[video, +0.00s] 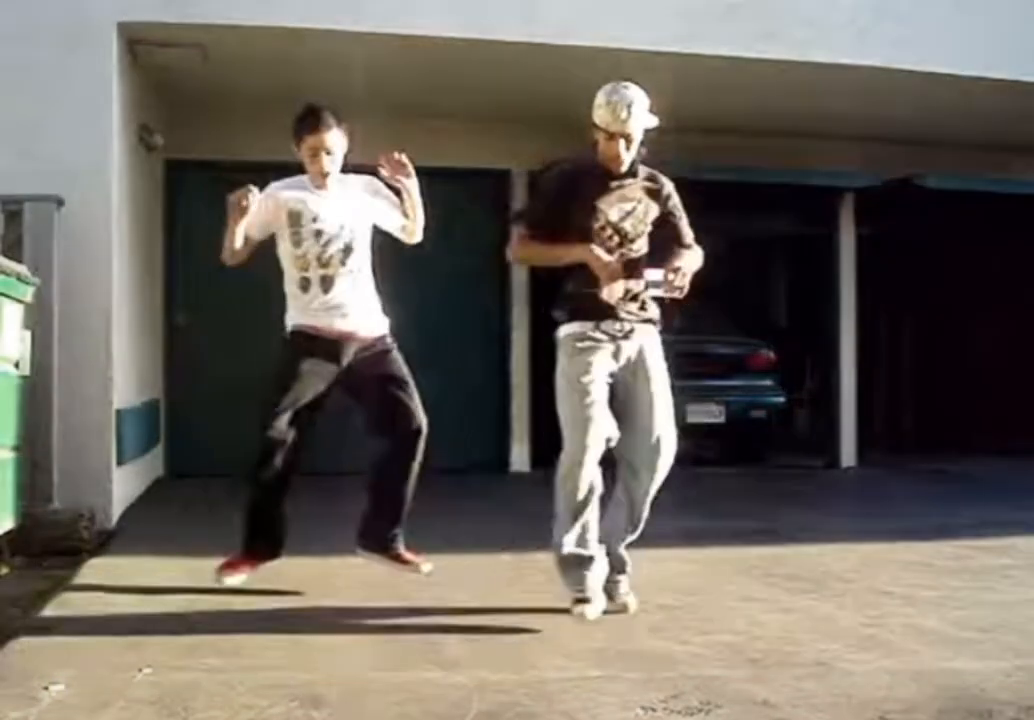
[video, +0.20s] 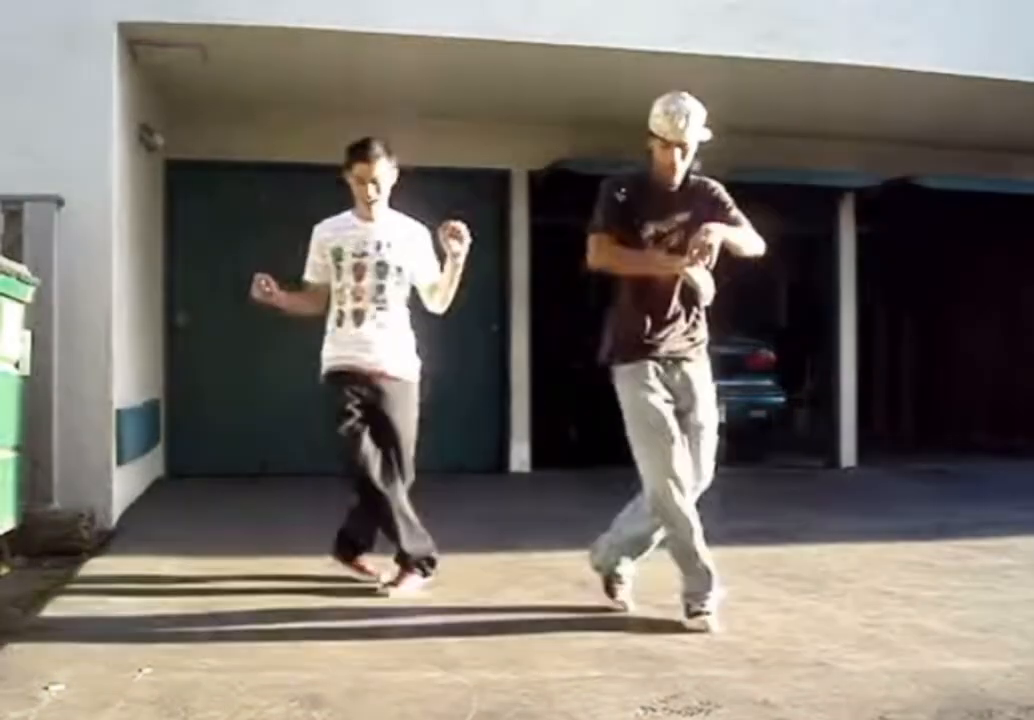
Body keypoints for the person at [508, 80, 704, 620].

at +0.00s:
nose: (621, 150)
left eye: (630, 139)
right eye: (611, 138)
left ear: (644, 135)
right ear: (595, 132)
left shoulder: (656, 187)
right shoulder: (562, 181)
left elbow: (689, 247)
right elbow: (519, 248)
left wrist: (684, 266)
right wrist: (584, 254)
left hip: (642, 333)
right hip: (584, 334)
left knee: (655, 445)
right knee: (586, 445)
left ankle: (614, 554)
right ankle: (581, 574)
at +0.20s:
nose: (674, 157)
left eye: (684, 147)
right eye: (666, 146)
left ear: (697, 144)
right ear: (651, 139)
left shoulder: (707, 193)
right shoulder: (621, 192)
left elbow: (754, 245)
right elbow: (599, 254)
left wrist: (721, 234)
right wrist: (670, 265)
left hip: (691, 352)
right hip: (636, 354)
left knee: (695, 474)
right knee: (667, 474)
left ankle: (613, 551)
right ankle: (700, 589)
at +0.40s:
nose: (712, 152)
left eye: (722, 142)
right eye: (704, 140)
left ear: (736, 137)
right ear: (690, 132)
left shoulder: (749, 179)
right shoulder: (657, 175)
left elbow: (795, 224)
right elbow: (594, 214)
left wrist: (826, 215)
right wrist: (643, 228)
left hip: (735, 344)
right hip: (673, 344)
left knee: (774, 444)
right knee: (650, 461)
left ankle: (752, 548)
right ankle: (646, 588)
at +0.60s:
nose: (744, 176)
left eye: (754, 164)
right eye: (734, 164)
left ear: (768, 160)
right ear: (719, 158)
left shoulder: (779, 205)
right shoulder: (690, 203)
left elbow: (826, 239)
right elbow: (619, 242)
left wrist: (837, 221)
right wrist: (679, 227)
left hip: (767, 365)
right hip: (708, 362)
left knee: (808, 473)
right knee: (694, 465)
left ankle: (828, 583)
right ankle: (619, 591)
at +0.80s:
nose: (727, 154)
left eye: (736, 144)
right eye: (720, 142)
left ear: (746, 140)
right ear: (702, 131)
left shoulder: (743, 185)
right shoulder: (666, 178)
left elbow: (749, 256)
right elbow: (653, 253)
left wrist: (761, 315)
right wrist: (717, 291)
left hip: (732, 330)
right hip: (680, 333)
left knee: (750, 449)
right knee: (718, 447)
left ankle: (701, 559)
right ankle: (754, 582)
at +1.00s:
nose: (697, 171)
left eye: (708, 162)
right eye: (690, 158)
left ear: (722, 162)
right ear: (676, 151)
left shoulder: (721, 220)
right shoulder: (641, 204)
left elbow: (726, 297)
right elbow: (598, 271)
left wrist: (737, 373)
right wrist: (633, 335)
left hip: (708, 358)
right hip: (659, 359)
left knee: (701, 471)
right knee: (701, 473)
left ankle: (658, 570)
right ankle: (763, 582)